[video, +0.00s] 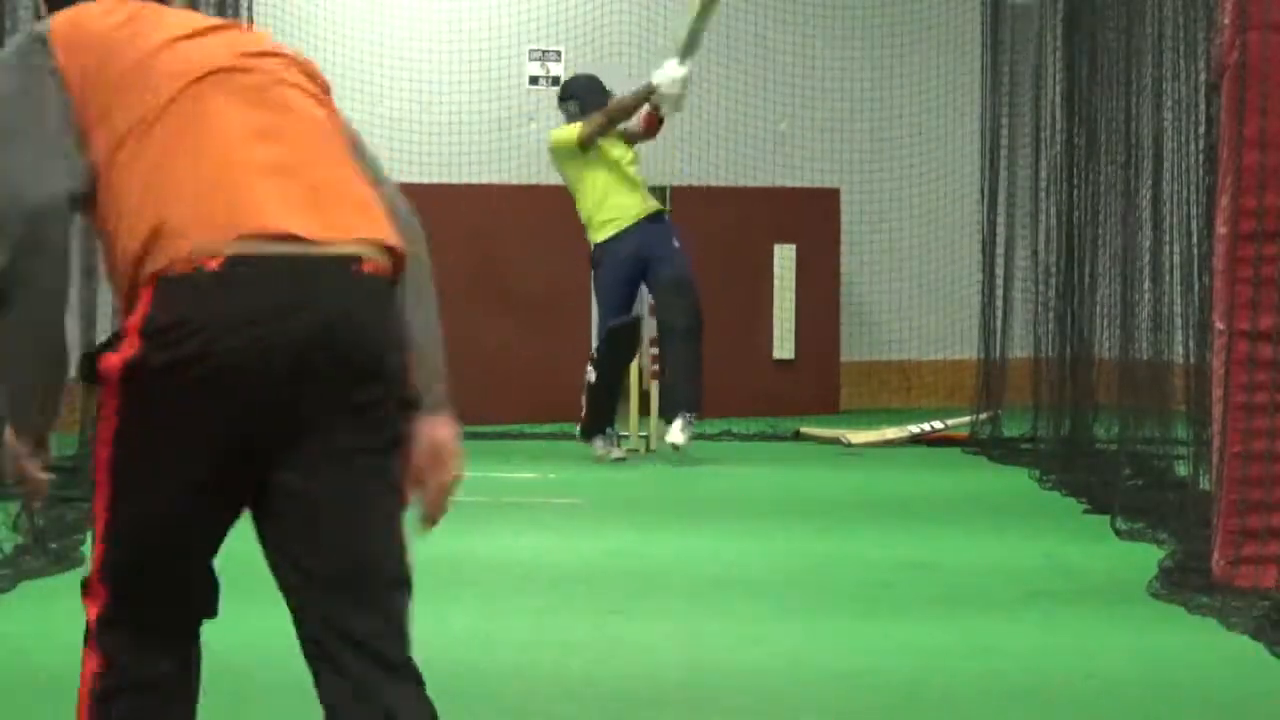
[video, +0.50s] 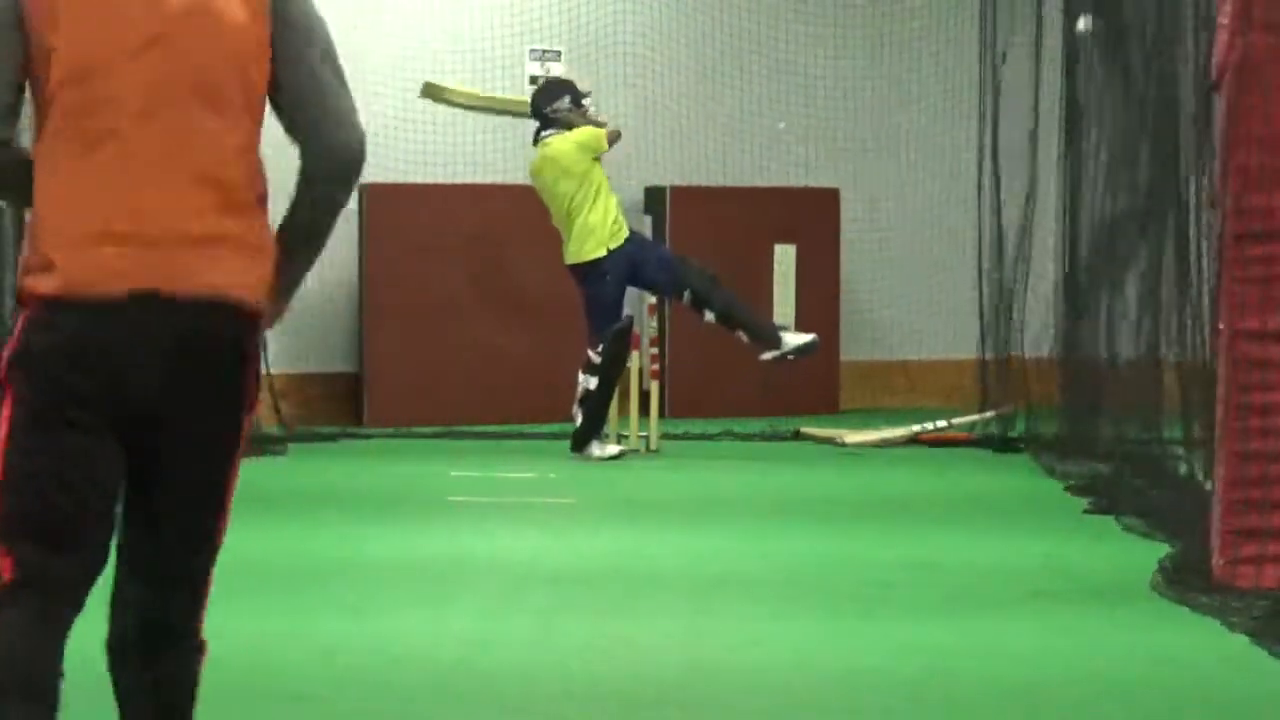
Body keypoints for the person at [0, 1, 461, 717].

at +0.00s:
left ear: (58, 13)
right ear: (178, 4)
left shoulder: (50, 43)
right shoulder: (267, 50)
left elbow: (36, 206)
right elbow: (400, 221)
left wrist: (26, 416)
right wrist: (434, 400)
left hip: (205, 299)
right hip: (360, 295)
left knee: (145, 612)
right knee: (365, 639)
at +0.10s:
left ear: (61, 6)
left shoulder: (35, 65)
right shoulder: (261, 39)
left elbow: (15, 263)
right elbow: (393, 164)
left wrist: (21, 430)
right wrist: (489, 335)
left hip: (143, 363)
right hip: (297, 359)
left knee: (118, 661)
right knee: (308, 662)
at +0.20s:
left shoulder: (24, 33)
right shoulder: (254, 10)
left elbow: (8, 242)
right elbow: (379, 106)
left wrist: (41, 373)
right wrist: (472, 272)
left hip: (109, 333)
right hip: (255, 326)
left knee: (101, 625)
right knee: (255, 616)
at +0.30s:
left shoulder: (26, 10)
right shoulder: (265, 2)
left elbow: (7, 134)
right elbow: (355, 58)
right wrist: (393, 227)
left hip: (90, 263)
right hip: (237, 259)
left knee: (95, 584)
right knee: (223, 563)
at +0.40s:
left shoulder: (36, 3)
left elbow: (1, 99)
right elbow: (332, 64)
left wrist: (39, 208)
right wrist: (319, 237)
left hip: (85, 253)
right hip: (223, 256)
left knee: (71, 551)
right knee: (192, 560)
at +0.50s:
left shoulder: (32, 7)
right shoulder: (265, 5)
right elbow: (338, 145)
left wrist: (69, 185)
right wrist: (277, 281)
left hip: (72, 314)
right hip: (212, 315)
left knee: (31, 598)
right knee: (162, 620)